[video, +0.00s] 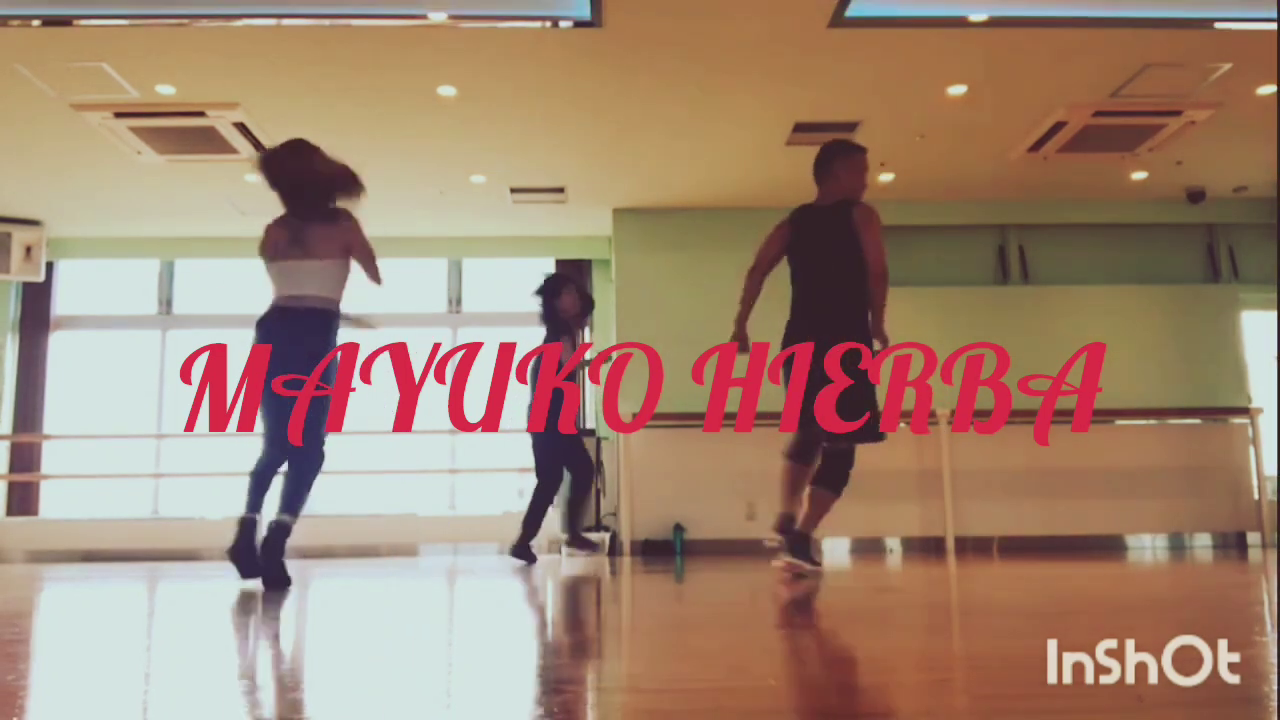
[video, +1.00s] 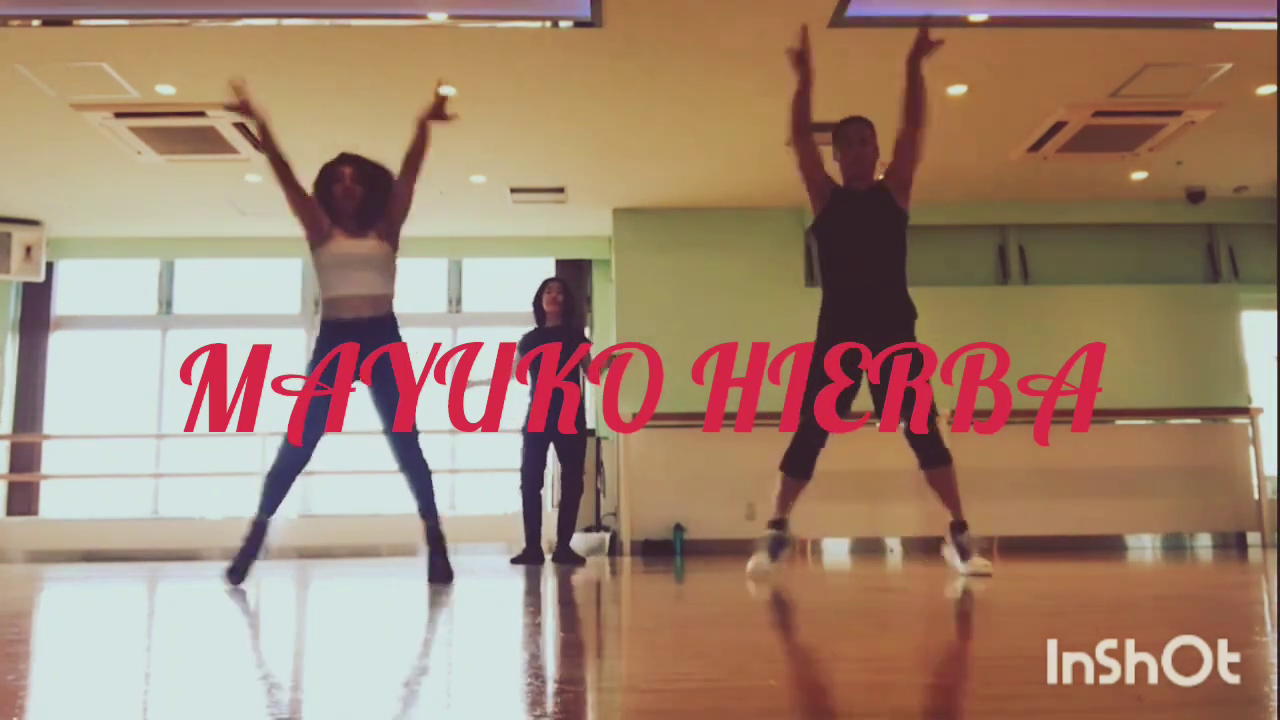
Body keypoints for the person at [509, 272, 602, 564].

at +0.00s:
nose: (571, 301)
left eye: (573, 295)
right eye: (564, 296)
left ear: (580, 302)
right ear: (552, 303)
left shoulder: (568, 335)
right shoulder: (557, 337)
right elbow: (551, 380)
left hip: (560, 422)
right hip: (549, 423)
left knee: (584, 471)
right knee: (549, 481)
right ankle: (522, 542)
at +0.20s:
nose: (571, 306)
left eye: (576, 302)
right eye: (567, 302)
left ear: (586, 309)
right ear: (558, 308)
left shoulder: (589, 347)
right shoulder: (547, 343)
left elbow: (598, 378)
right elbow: (534, 373)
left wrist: (572, 380)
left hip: (583, 424)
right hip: (551, 424)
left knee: (589, 488)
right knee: (555, 490)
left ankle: (592, 547)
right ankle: (520, 540)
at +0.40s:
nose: (567, 298)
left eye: (573, 294)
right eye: (563, 294)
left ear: (584, 301)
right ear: (556, 301)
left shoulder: (597, 338)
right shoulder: (547, 339)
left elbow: (620, 365)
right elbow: (523, 374)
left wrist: (642, 349)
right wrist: (529, 360)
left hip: (580, 424)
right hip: (546, 422)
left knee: (582, 487)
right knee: (526, 476)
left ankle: (592, 546)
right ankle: (535, 537)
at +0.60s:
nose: (561, 301)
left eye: (567, 297)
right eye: (557, 297)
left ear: (576, 304)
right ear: (548, 304)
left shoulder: (585, 342)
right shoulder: (542, 343)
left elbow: (593, 379)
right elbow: (520, 374)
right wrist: (491, 374)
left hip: (572, 422)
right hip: (540, 421)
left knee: (575, 485)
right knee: (527, 483)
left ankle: (590, 544)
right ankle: (532, 548)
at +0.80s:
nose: (555, 298)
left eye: (561, 294)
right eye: (551, 293)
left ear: (569, 301)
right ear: (542, 301)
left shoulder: (581, 338)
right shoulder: (530, 340)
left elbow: (584, 377)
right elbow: (521, 375)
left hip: (568, 417)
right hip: (535, 416)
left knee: (572, 478)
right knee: (527, 481)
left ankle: (568, 541)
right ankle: (532, 547)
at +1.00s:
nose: (554, 297)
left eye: (560, 292)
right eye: (549, 292)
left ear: (568, 300)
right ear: (540, 300)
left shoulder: (578, 338)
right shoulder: (530, 338)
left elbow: (593, 376)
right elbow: (520, 376)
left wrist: (600, 361)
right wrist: (524, 357)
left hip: (571, 418)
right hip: (538, 417)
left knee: (573, 483)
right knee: (530, 483)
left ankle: (563, 547)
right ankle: (532, 547)